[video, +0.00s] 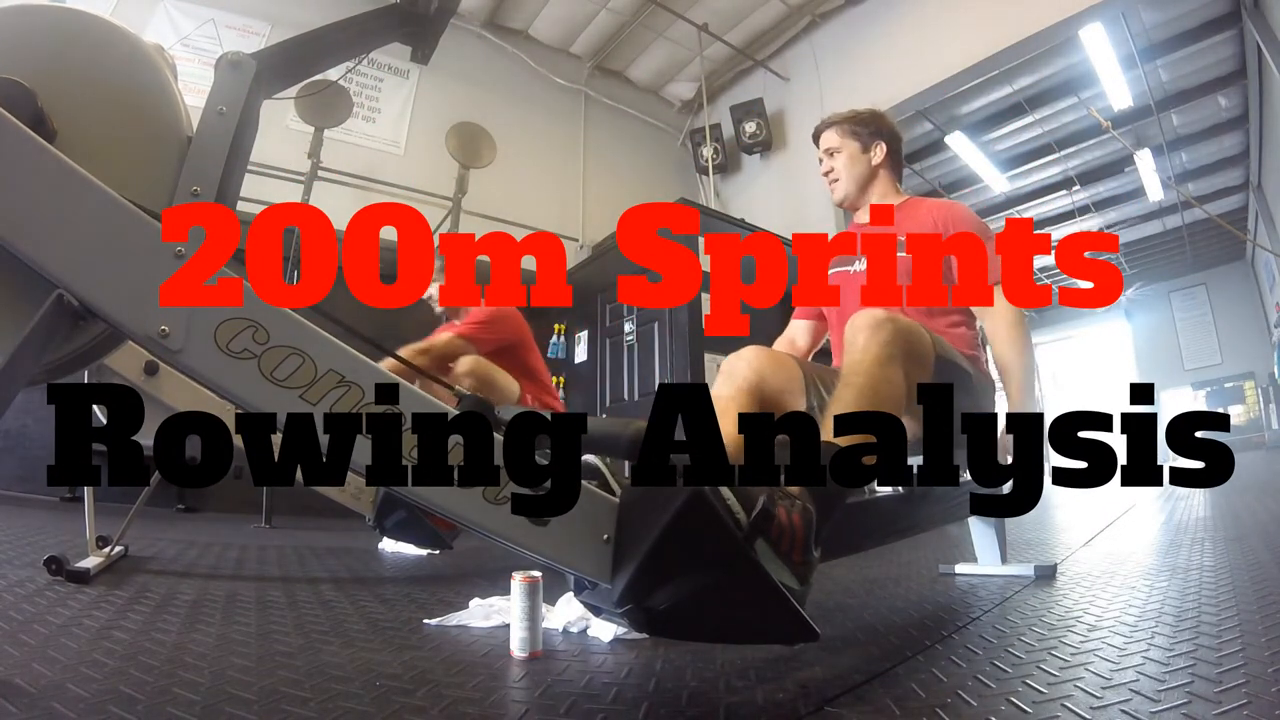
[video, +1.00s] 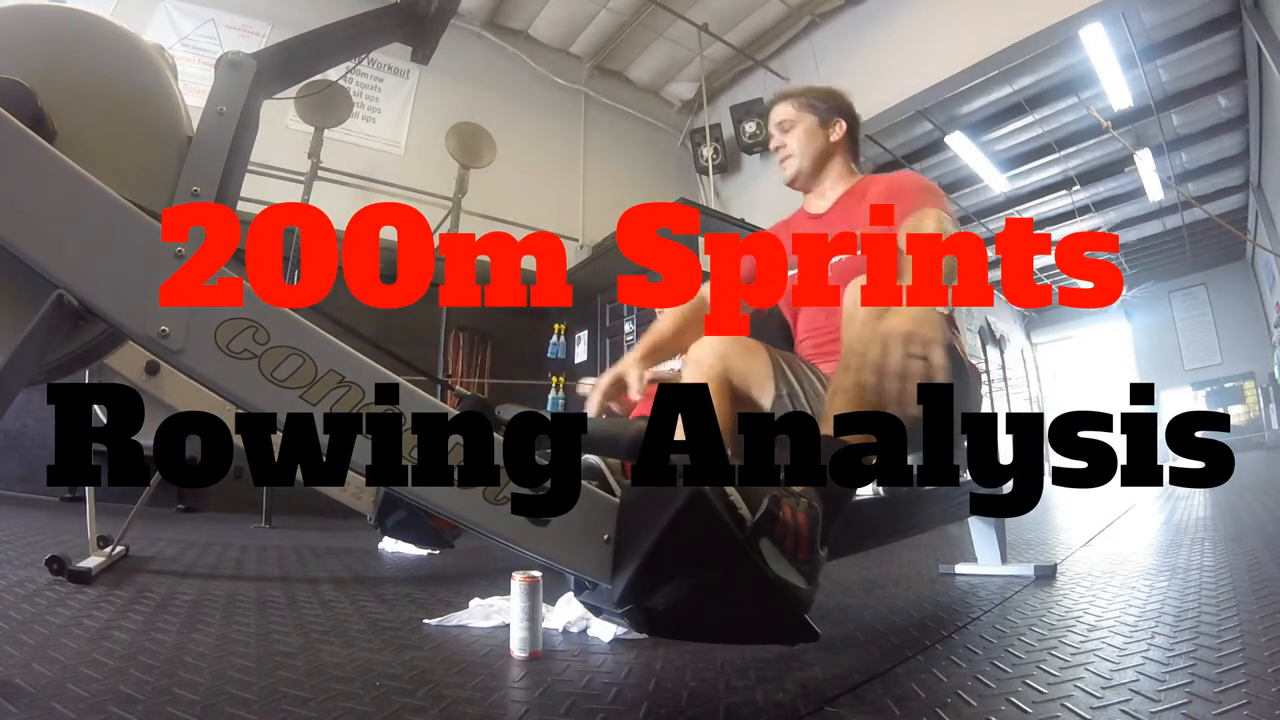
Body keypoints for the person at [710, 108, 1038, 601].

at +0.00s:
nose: (823, 168)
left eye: (834, 153)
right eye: (820, 160)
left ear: (877, 152)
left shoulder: (946, 217)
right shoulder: (834, 251)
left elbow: (1001, 312)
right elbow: (796, 340)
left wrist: (1021, 414)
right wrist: (754, 399)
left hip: (954, 394)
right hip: (856, 396)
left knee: (874, 327)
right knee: (744, 366)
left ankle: (804, 515)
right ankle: (713, 521)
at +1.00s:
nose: (775, 147)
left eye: (785, 130)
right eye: (771, 139)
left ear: (835, 130)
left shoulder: (901, 189)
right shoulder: (782, 236)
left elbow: (934, 264)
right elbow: (709, 298)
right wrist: (639, 356)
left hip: (906, 386)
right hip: (818, 390)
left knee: (867, 294)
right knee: (709, 355)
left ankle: (811, 503)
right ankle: (707, 517)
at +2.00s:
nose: (712, 107)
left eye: (729, 87)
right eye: (703, 105)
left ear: (782, 99)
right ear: (704, 134)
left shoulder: (841, 151)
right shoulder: (709, 216)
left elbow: (816, 205)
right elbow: (622, 282)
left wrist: (710, 307)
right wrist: (530, 368)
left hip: (835, 390)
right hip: (744, 388)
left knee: (846, 266)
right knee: (664, 329)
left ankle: (810, 499)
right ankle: (667, 514)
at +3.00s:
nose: (914, 208)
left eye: (925, 197)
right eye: (904, 203)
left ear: (951, 206)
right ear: (897, 220)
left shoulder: (990, 258)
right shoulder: (889, 282)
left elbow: (1047, 317)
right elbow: (853, 356)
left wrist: (1009, 267)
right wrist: (835, 325)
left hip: (962, 374)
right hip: (886, 382)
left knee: (915, 437)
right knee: (822, 445)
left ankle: (820, 529)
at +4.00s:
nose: (740, 107)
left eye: (757, 91)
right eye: (730, 104)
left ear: (806, 104)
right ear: (727, 132)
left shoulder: (873, 162)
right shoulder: (717, 220)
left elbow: (828, 195)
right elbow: (633, 259)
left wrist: (725, 243)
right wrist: (544, 318)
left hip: (902, 401)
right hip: (784, 408)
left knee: (851, 267)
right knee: (676, 333)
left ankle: (810, 512)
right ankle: (683, 514)